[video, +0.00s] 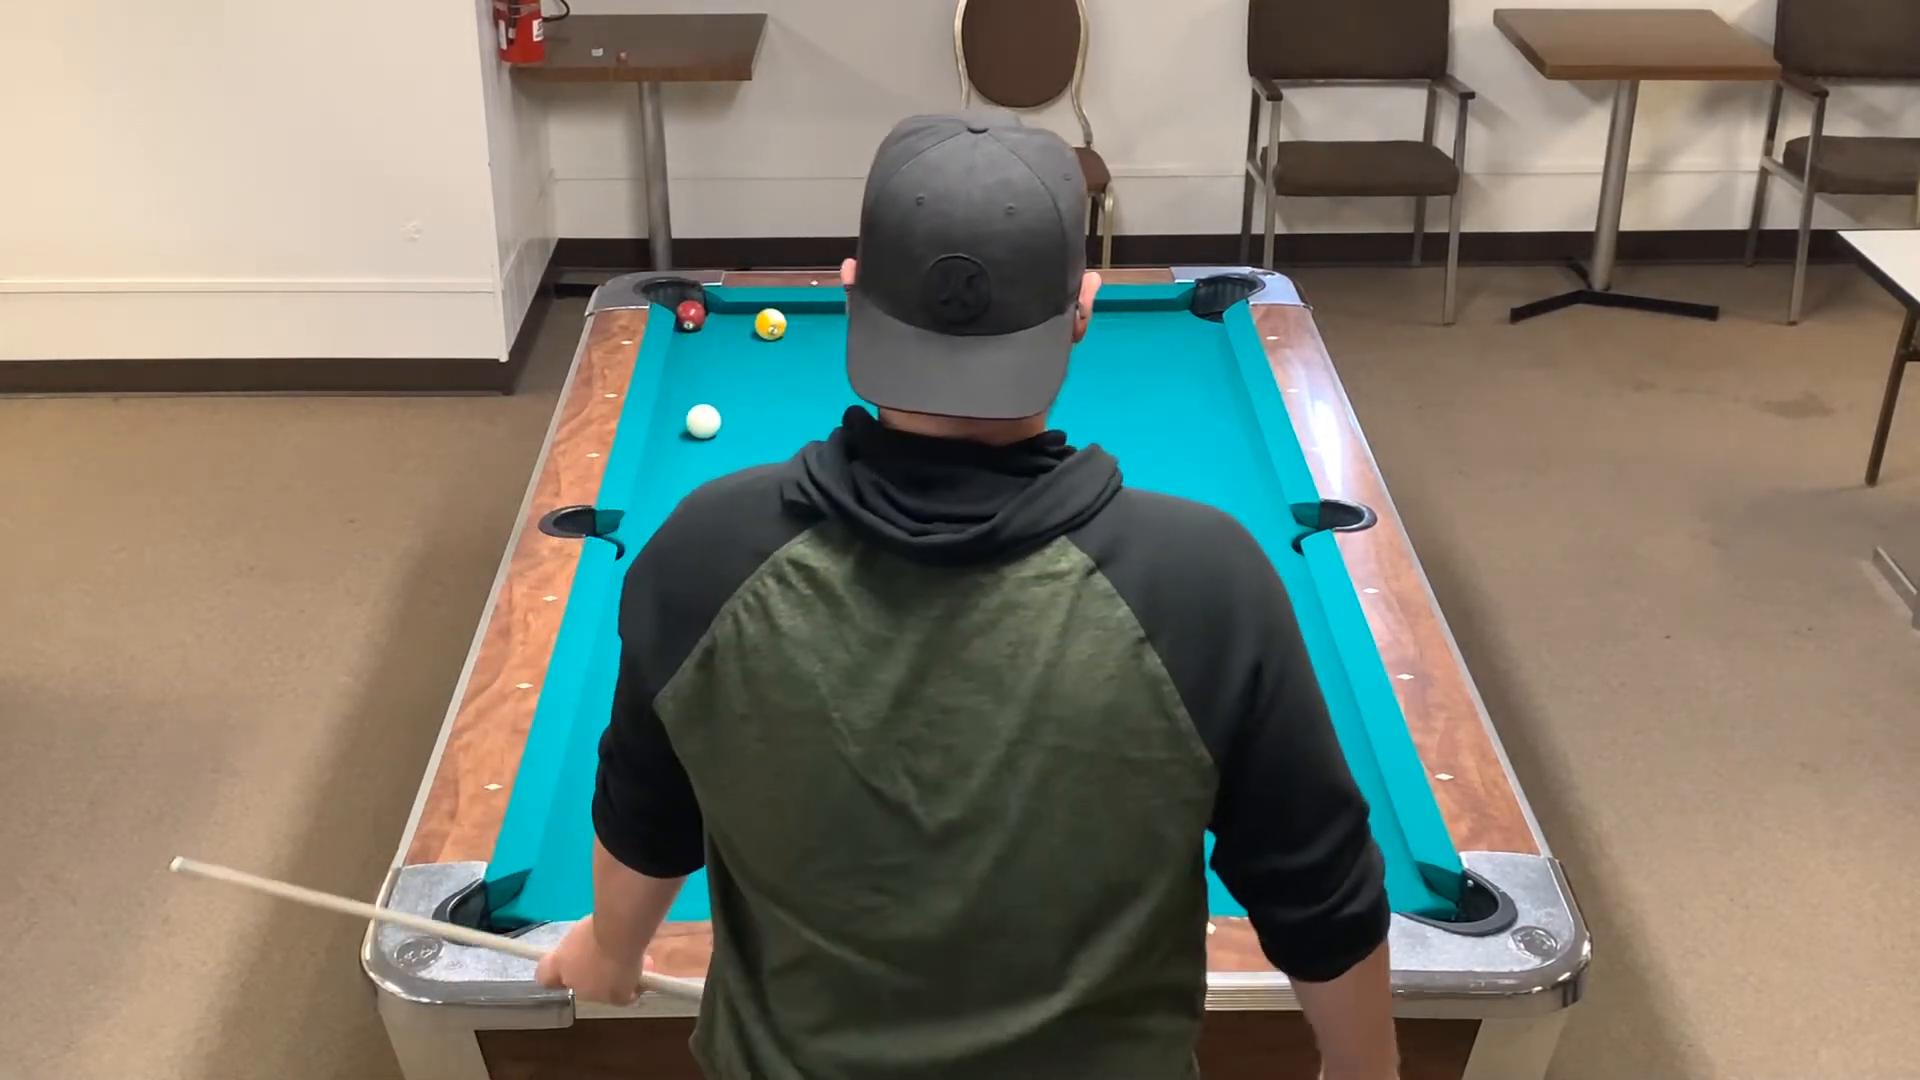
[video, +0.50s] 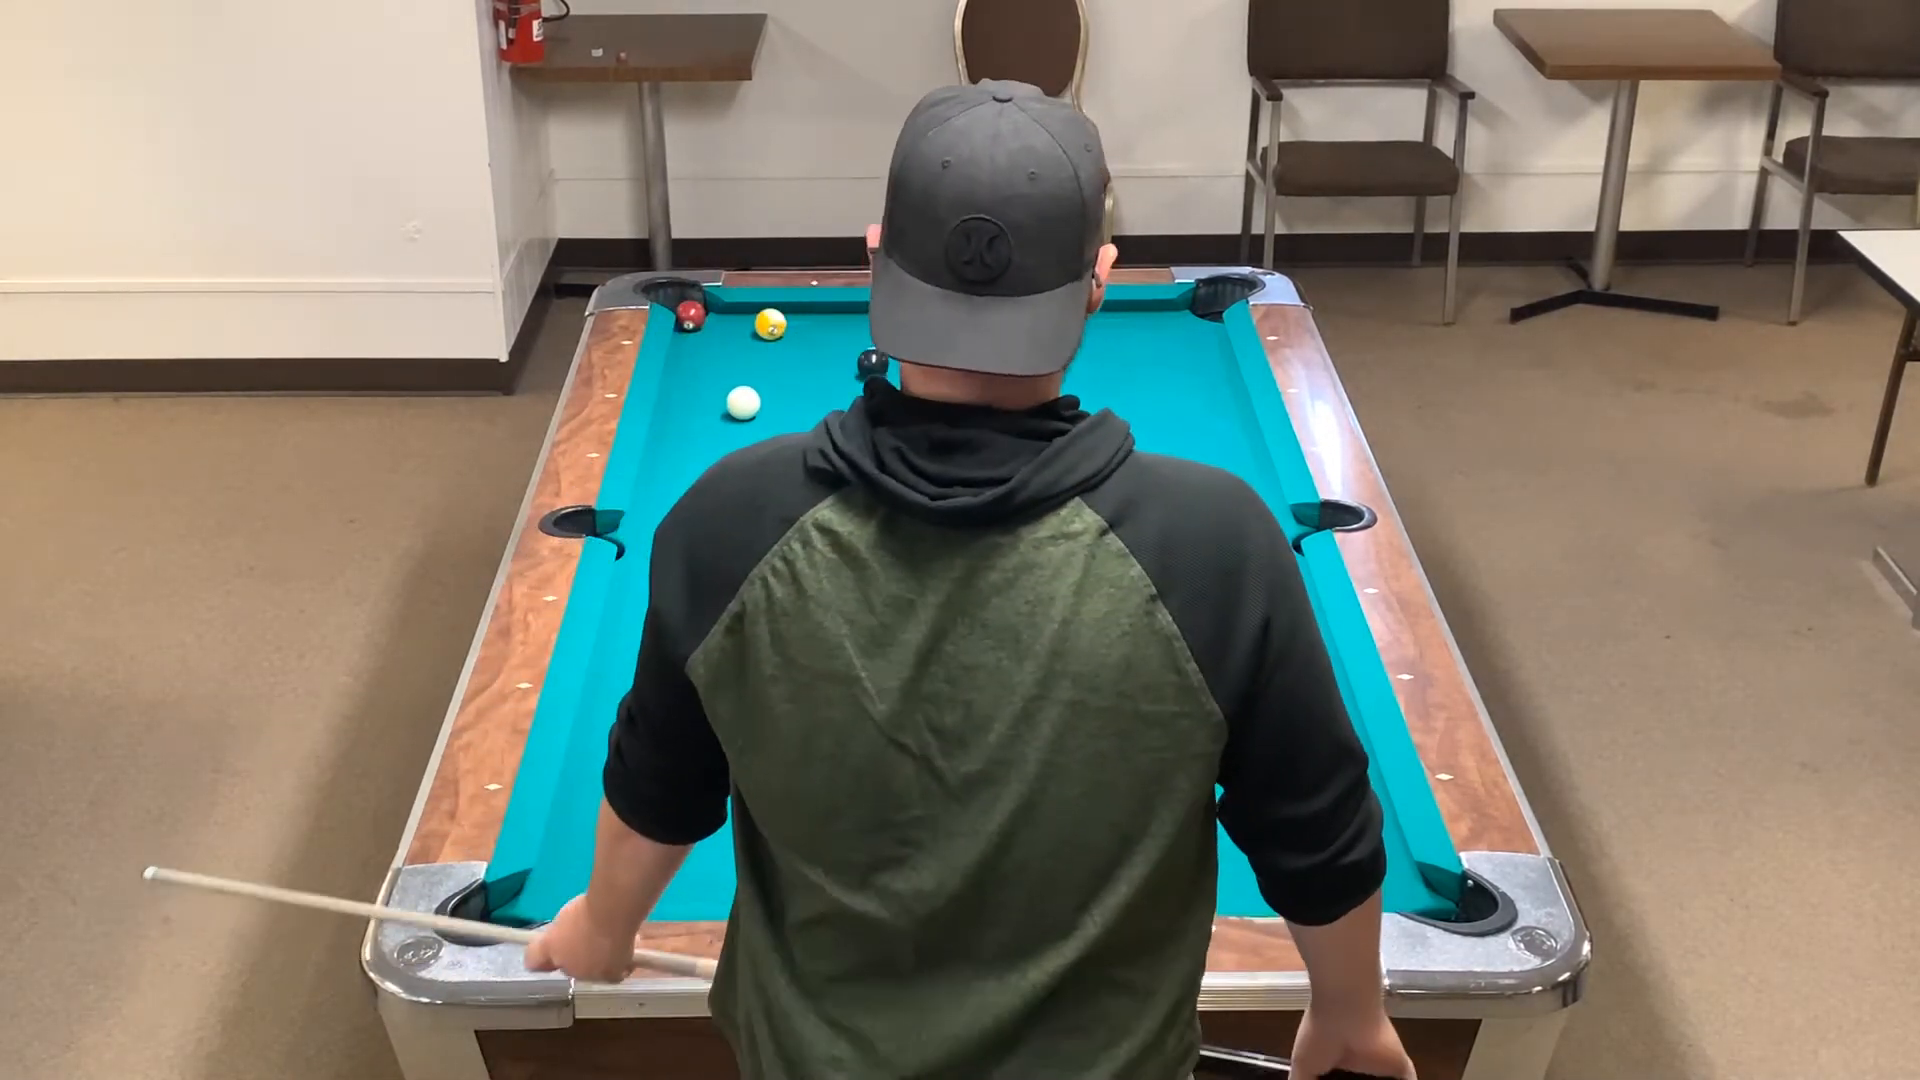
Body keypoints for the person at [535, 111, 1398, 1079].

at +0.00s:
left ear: (853, 280)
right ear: (1081, 306)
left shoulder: (710, 553)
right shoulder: (1202, 581)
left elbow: (645, 816)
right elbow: (1327, 914)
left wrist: (607, 959)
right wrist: (1364, 1069)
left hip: (782, 1060)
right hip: (1107, 1060)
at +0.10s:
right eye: (1105, 254)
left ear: (865, 279)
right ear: (1089, 299)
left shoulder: (721, 554)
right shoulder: (1214, 572)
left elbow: (649, 818)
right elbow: (1331, 886)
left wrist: (593, 973)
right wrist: (1366, 1061)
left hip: (787, 1057)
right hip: (1115, 1059)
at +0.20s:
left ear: (871, 273)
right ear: (1099, 295)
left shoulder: (727, 549)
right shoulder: (1217, 564)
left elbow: (645, 823)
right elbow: (1332, 878)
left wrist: (578, 985)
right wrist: (1358, 1057)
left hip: (788, 1057)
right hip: (1119, 1060)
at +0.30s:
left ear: (879, 267)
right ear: (1102, 296)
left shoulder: (730, 543)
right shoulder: (1218, 558)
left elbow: (643, 824)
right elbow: (1325, 869)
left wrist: (574, 985)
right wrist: (1354, 1052)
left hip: (792, 1057)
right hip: (1117, 1062)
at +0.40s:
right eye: (1110, 255)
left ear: (882, 258)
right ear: (1101, 288)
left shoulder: (732, 535)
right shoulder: (1214, 550)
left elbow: (648, 804)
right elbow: (1321, 854)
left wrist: (583, 962)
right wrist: (1349, 1030)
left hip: (796, 1056)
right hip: (1112, 1061)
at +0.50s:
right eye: (1112, 245)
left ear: (881, 253)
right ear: (1097, 276)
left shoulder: (732, 524)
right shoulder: (1212, 542)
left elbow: (662, 779)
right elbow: (1318, 835)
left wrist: (596, 929)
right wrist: (1350, 1011)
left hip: (804, 1048)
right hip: (1106, 1055)